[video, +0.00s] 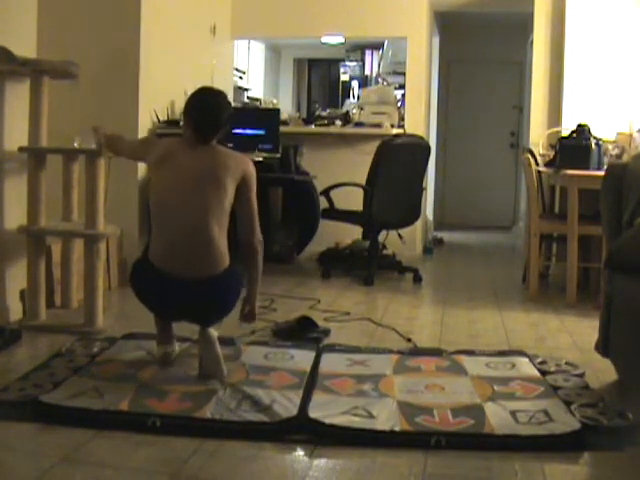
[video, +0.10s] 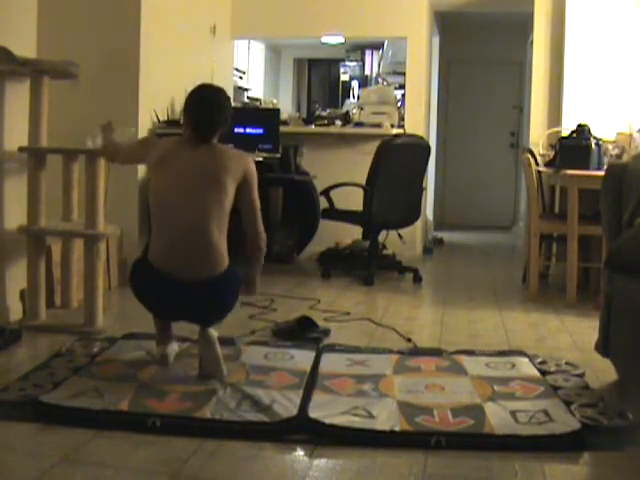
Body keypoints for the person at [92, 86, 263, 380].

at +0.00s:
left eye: (186, 116)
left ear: (185, 120)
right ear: (223, 127)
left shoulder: (159, 149)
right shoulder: (240, 165)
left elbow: (123, 147)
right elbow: (251, 242)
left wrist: (104, 138)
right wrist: (252, 298)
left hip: (159, 293)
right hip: (212, 299)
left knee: (145, 262)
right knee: (238, 271)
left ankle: (165, 340)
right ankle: (209, 334)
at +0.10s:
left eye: (189, 113)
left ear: (185, 117)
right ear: (224, 124)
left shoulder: (159, 149)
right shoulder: (241, 163)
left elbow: (117, 154)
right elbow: (256, 238)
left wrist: (107, 140)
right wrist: (253, 278)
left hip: (159, 292)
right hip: (211, 299)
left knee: (144, 265)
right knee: (228, 276)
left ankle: (164, 344)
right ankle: (209, 335)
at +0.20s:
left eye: (188, 110)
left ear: (185, 114)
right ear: (225, 122)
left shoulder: (158, 150)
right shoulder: (242, 162)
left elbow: (113, 165)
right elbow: (259, 232)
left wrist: (118, 138)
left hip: (161, 295)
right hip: (212, 300)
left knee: (150, 257)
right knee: (229, 275)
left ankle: (164, 343)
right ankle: (209, 335)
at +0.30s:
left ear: (183, 112)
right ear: (226, 118)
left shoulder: (157, 149)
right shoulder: (241, 159)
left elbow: (119, 181)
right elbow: (261, 215)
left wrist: (134, 150)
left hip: (162, 297)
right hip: (214, 301)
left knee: (148, 266)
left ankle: (164, 343)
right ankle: (208, 335)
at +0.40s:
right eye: (225, 111)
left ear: (182, 111)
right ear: (225, 118)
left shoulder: (156, 151)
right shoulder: (242, 155)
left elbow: (126, 196)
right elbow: (261, 198)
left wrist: (156, 170)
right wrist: (234, 171)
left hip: (163, 296)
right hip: (216, 301)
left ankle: (164, 345)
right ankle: (209, 335)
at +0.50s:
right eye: (226, 108)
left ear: (182, 111)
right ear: (225, 115)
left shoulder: (157, 151)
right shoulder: (243, 153)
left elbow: (132, 207)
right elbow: (262, 190)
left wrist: (164, 183)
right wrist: (237, 165)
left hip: (163, 299)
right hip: (216, 303)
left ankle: (164, 346)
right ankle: (210, 336)